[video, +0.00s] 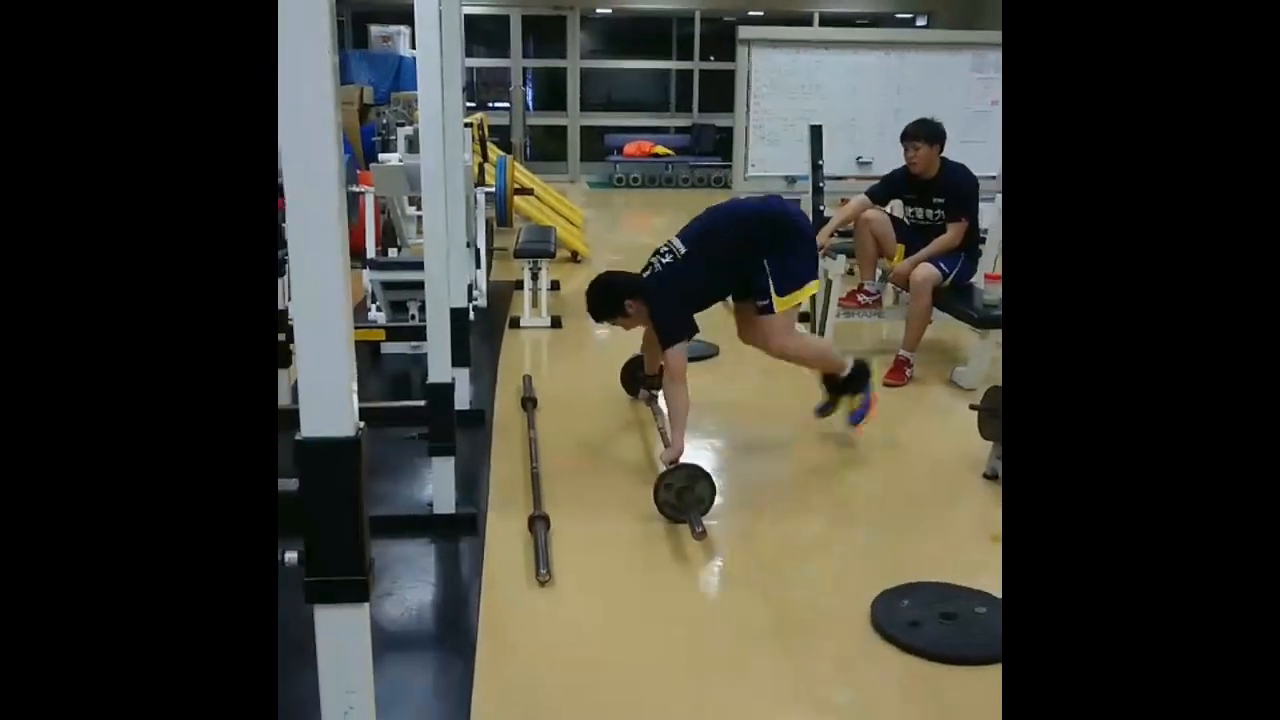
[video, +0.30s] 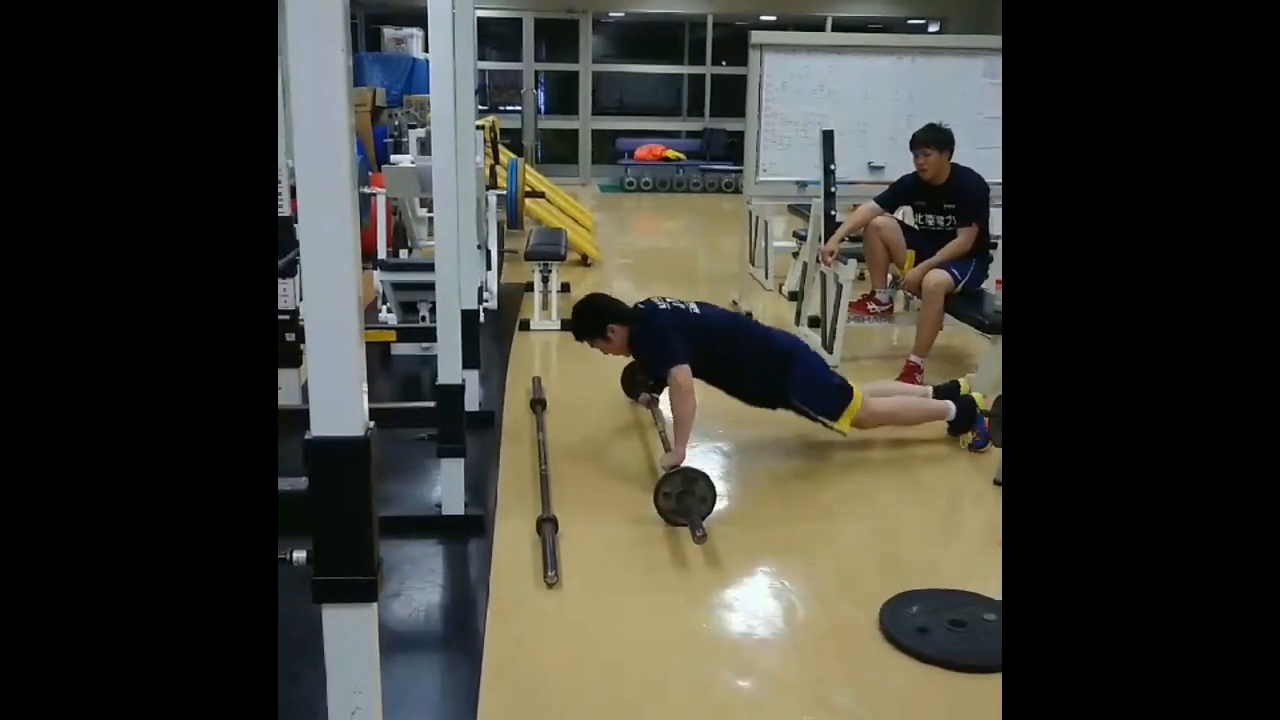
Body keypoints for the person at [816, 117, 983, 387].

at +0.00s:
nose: (910, 155)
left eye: (917, 148)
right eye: (906, 149)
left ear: (937, 149)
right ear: (903, 150)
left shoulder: (960, 179)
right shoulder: (902, 177)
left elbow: (954, 237)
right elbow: (861, 203)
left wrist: (910, 263)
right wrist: (825, 231)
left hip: (957, 252)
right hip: (916, 243)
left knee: (921, 276)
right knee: (867, 218)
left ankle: (904, 358)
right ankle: (868, 291)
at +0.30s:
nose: (919, 162)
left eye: (926, 155)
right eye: (916, 155)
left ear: (947, 155)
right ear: (912, 156)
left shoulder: (970, 185)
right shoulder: (911, 183)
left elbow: (966, 241)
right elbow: (870, 209)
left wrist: (922, 269)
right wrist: (836, 238)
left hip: (966, 258)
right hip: (927, 249)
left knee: (933, 282)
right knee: (877, 225)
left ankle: (915, 364)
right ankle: (880, 301)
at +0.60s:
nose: (918, 163)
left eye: (925, 156)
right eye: (915, 157)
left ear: (946, 155)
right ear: (911, 157)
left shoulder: (969, 185)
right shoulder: (910, 184)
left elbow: (964, 241)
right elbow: (870, 210)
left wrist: (921, 271)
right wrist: (835, 239)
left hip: (964, 258)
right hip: (924, 249)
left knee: (933, 283)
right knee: (876, 227)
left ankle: (913, 366)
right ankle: (878, 301)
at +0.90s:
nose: (916, 163)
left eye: (923, 157)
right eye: (913, 157)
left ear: (944, 157)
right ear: (910, 157)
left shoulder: (967, 187)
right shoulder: (909, 184)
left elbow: (960, 242)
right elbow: (867, 210)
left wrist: (916, 271)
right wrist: (832, 237)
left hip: (961, 260)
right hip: (922, 250)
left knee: (929, 283)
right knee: (874, 227)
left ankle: (908, 367)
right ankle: (874, 302)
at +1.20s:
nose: (913, 168)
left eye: (920, 162)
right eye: (910, 162)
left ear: (941, 162)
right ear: (906, 162)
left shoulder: (963, 193)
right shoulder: (905, 189)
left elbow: (954, 248)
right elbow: (863, 215)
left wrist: (911, 278)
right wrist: (826, 242)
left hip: (957, 265)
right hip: (918, 256)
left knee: (923, 290)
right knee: (869, 232)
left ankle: (905, 370)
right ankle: (870, 306)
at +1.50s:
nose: (907, 175)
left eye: (915, 169)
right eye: (904, 169)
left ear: (934, 170)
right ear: (901, 170)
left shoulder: (957, 199)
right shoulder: (899, 197)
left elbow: (947, 257)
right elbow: (858, 222)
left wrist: (906, 284)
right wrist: (819, 249)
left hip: (954, 273)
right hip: (914, 264)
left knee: (918, 295)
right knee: (864, 238)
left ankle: (899, 378)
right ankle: (864, 314)